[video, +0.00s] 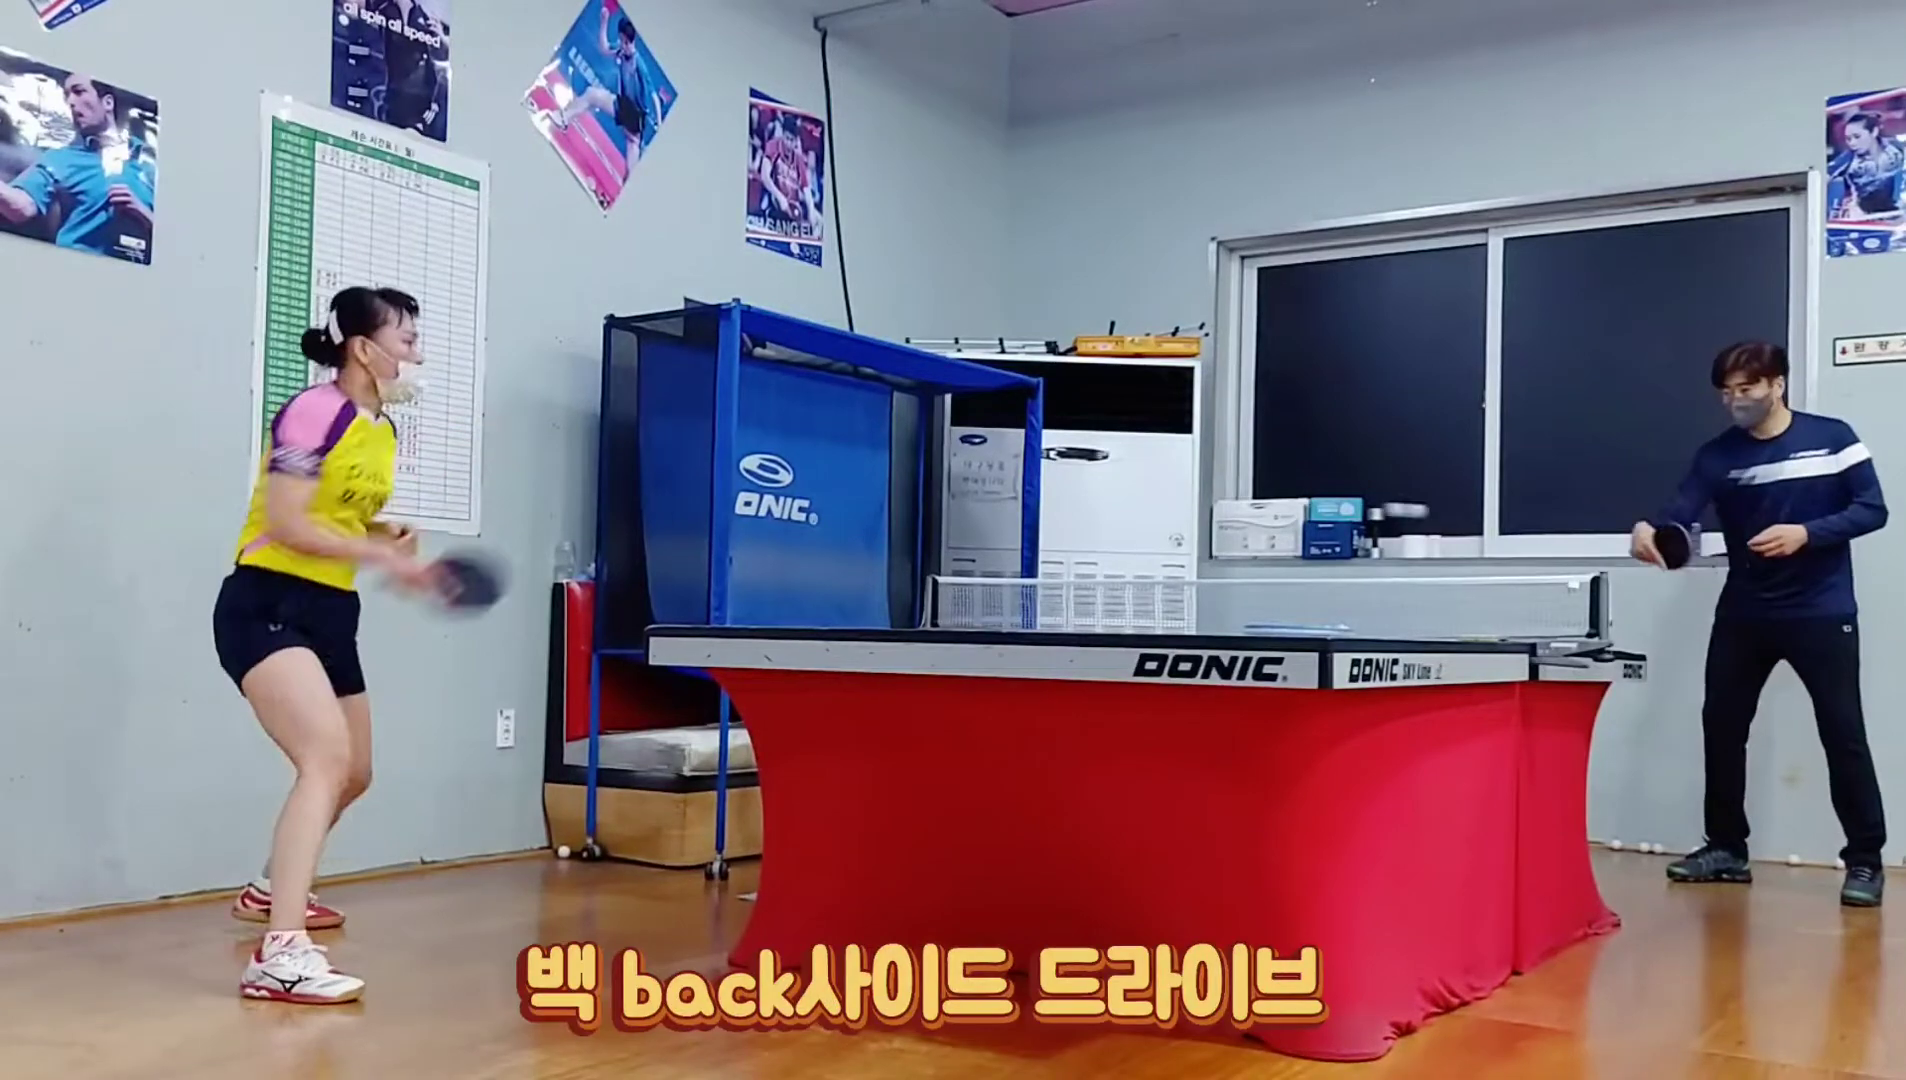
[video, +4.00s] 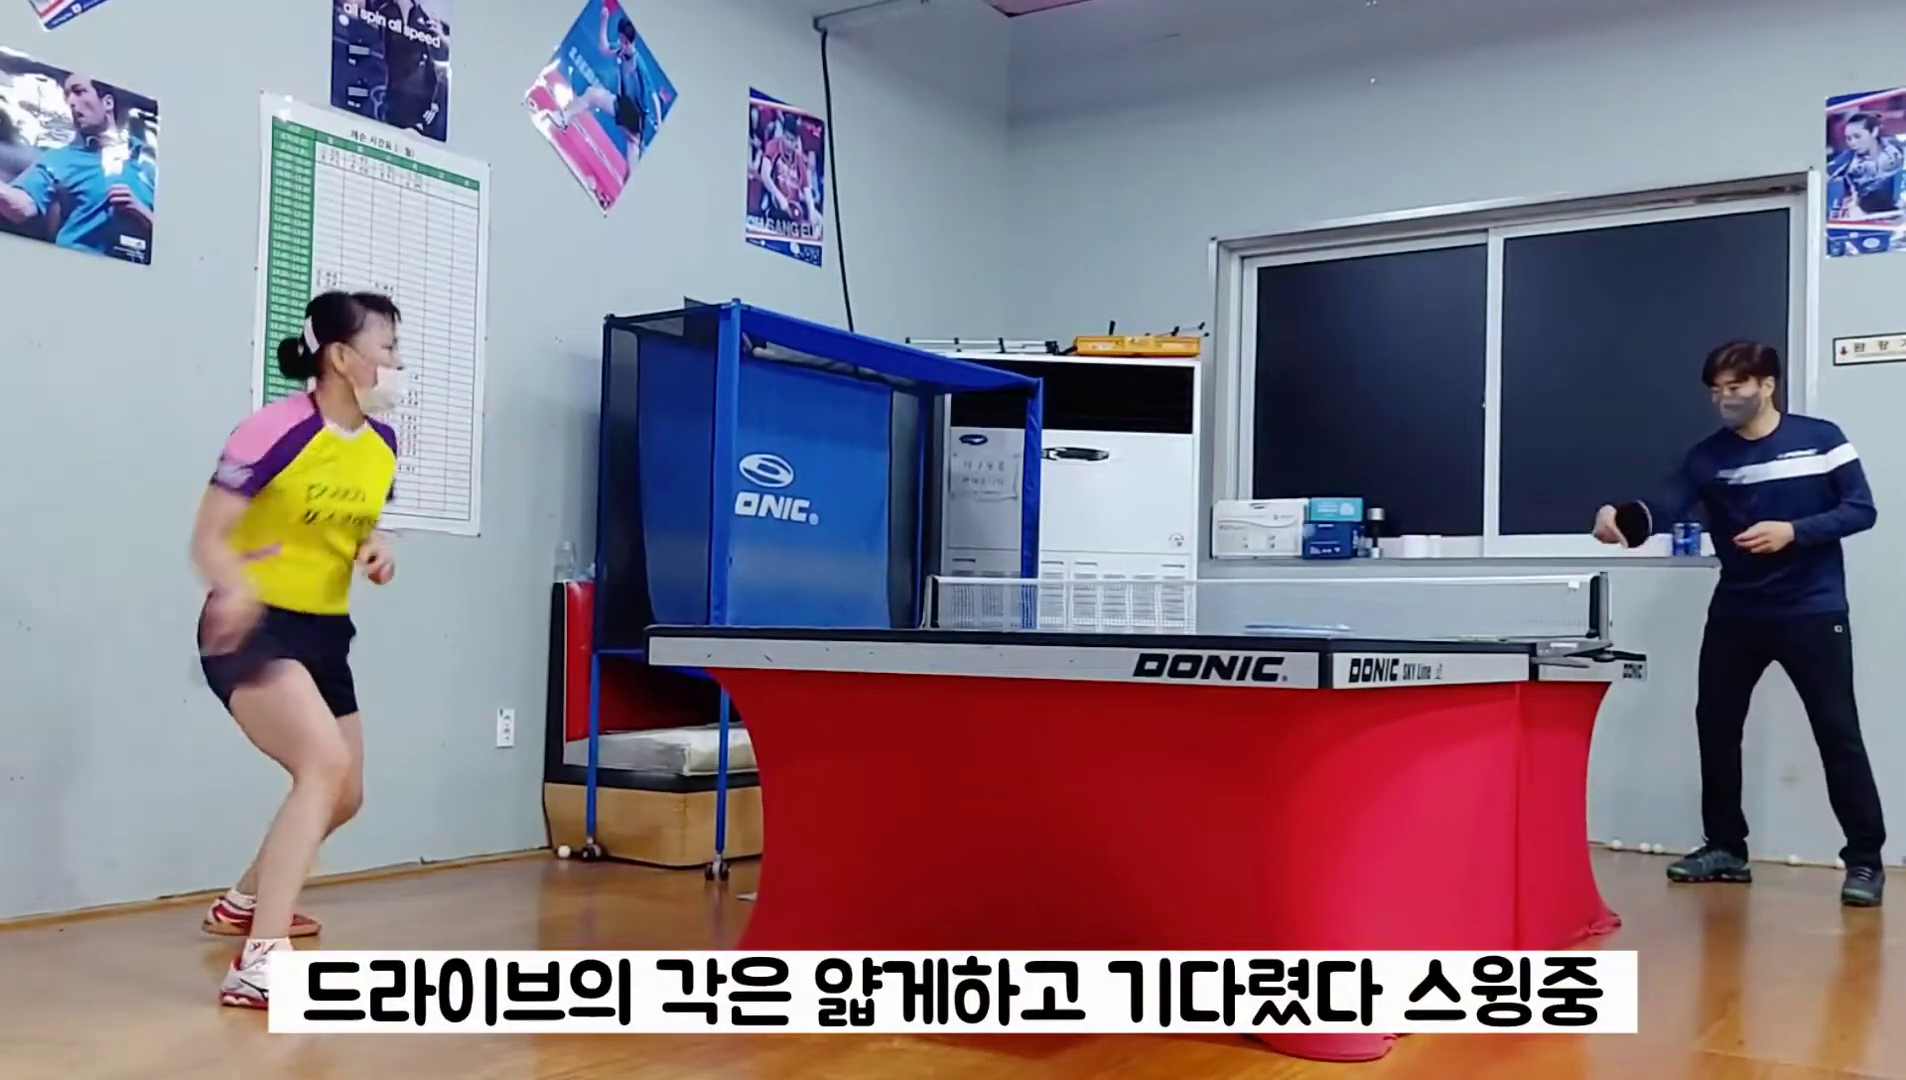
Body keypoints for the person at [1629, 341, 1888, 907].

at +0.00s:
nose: (1736, 399)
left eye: (1746, 388)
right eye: (1728, 391)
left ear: (1777, 386)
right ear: (1721, 396)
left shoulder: (1833, 438)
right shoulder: (1717, 456)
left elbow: (1873, 509)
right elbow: (1680, 520)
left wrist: (1806, 532)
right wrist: (1652, 532)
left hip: (1821, 616)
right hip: (1744, 615)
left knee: (1843, 736)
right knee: (1721, 726)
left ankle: (1863, 862)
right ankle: (1726, 849)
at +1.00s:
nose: (1708, 398)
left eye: (1719, 387)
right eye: (1701, 390)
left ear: (1752, 387)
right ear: (1696, 395)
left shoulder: (1805, 440)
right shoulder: (1691, 451)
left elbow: (1847, 510)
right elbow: (1628, 468)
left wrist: (1780, 536)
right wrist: (1581, 483)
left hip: (1806, 618)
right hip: (1729, 619)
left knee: (1834, 734)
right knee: (1711, 727)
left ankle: (1863, 859)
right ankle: (1725, 849)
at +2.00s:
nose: (1733, 395)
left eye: (1744, 384)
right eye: (1726, 387)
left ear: (1777, 383)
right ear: (1721, 393)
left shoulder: (1831, 437)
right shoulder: (1716, 456)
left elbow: (1873, 508)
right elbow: (1664, 514)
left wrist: (1801, 531)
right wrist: (1628, 519)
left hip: (1823, 614)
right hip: (1747, 614)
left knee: (1845, 739)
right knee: (1724, 727)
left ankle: (1864, 863)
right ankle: (1727, 849)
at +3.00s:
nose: (1724, 399)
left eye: (1734, 388)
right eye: (1716, 392)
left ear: (1766, 387)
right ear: (1710, 397)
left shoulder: (1819, 440)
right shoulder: (1705, 457)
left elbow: (1858, 512)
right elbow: (1661, 515)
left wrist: (1787, 531)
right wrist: (1626, 527)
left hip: (1808, 616)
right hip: (1733, 616)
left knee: (1837, 738)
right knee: (1713, 727)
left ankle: (1864, 863)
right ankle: (1725, 850)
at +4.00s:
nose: (1725, 397)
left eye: (1736, 385)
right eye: (1717, 389)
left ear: (1768, 385)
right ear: (1711, 396)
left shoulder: (1821, 438)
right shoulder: (1706, 458)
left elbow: (1861, 509)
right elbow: (1663, 508)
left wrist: (1793, 530)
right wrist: (1623, 520)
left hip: (1812, 614)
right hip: (1737, 614)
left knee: (1839, 736)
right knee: (1716, 727)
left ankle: (1864, 862)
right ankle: (1726, 849)